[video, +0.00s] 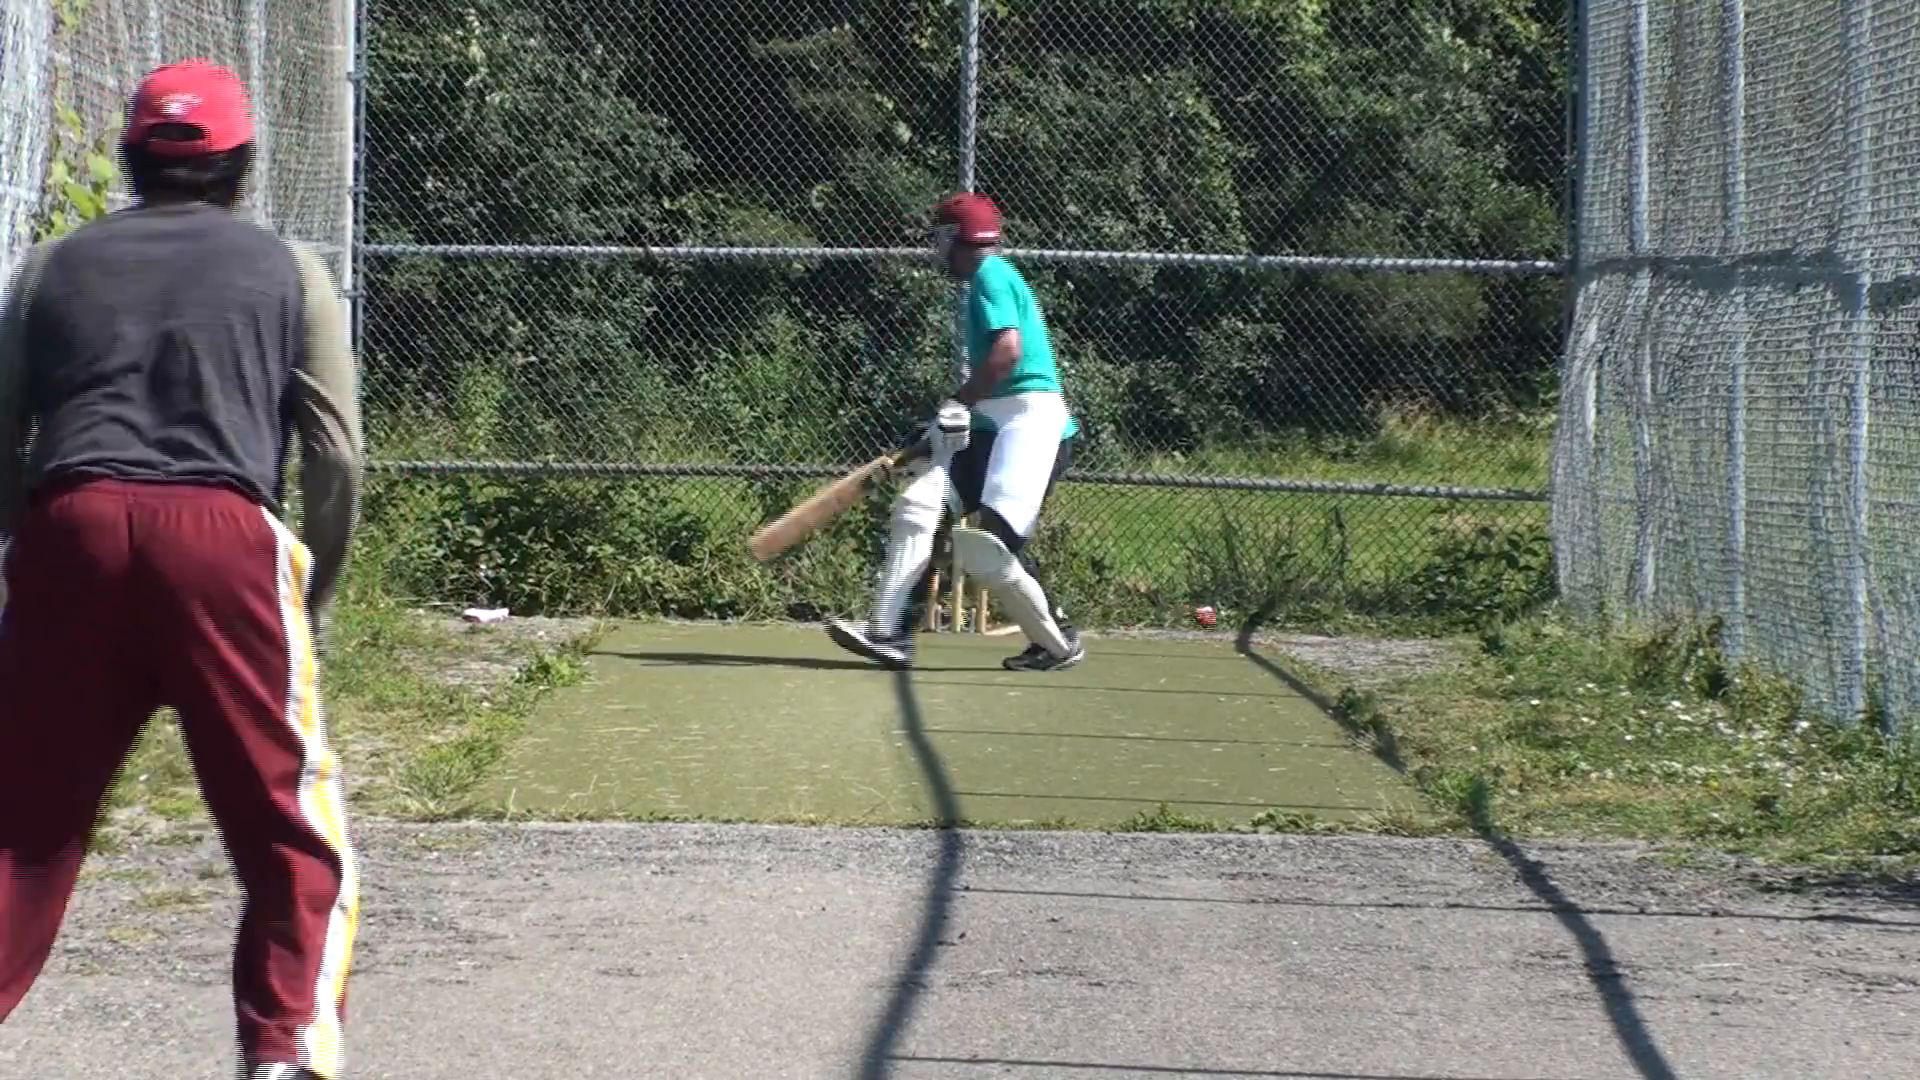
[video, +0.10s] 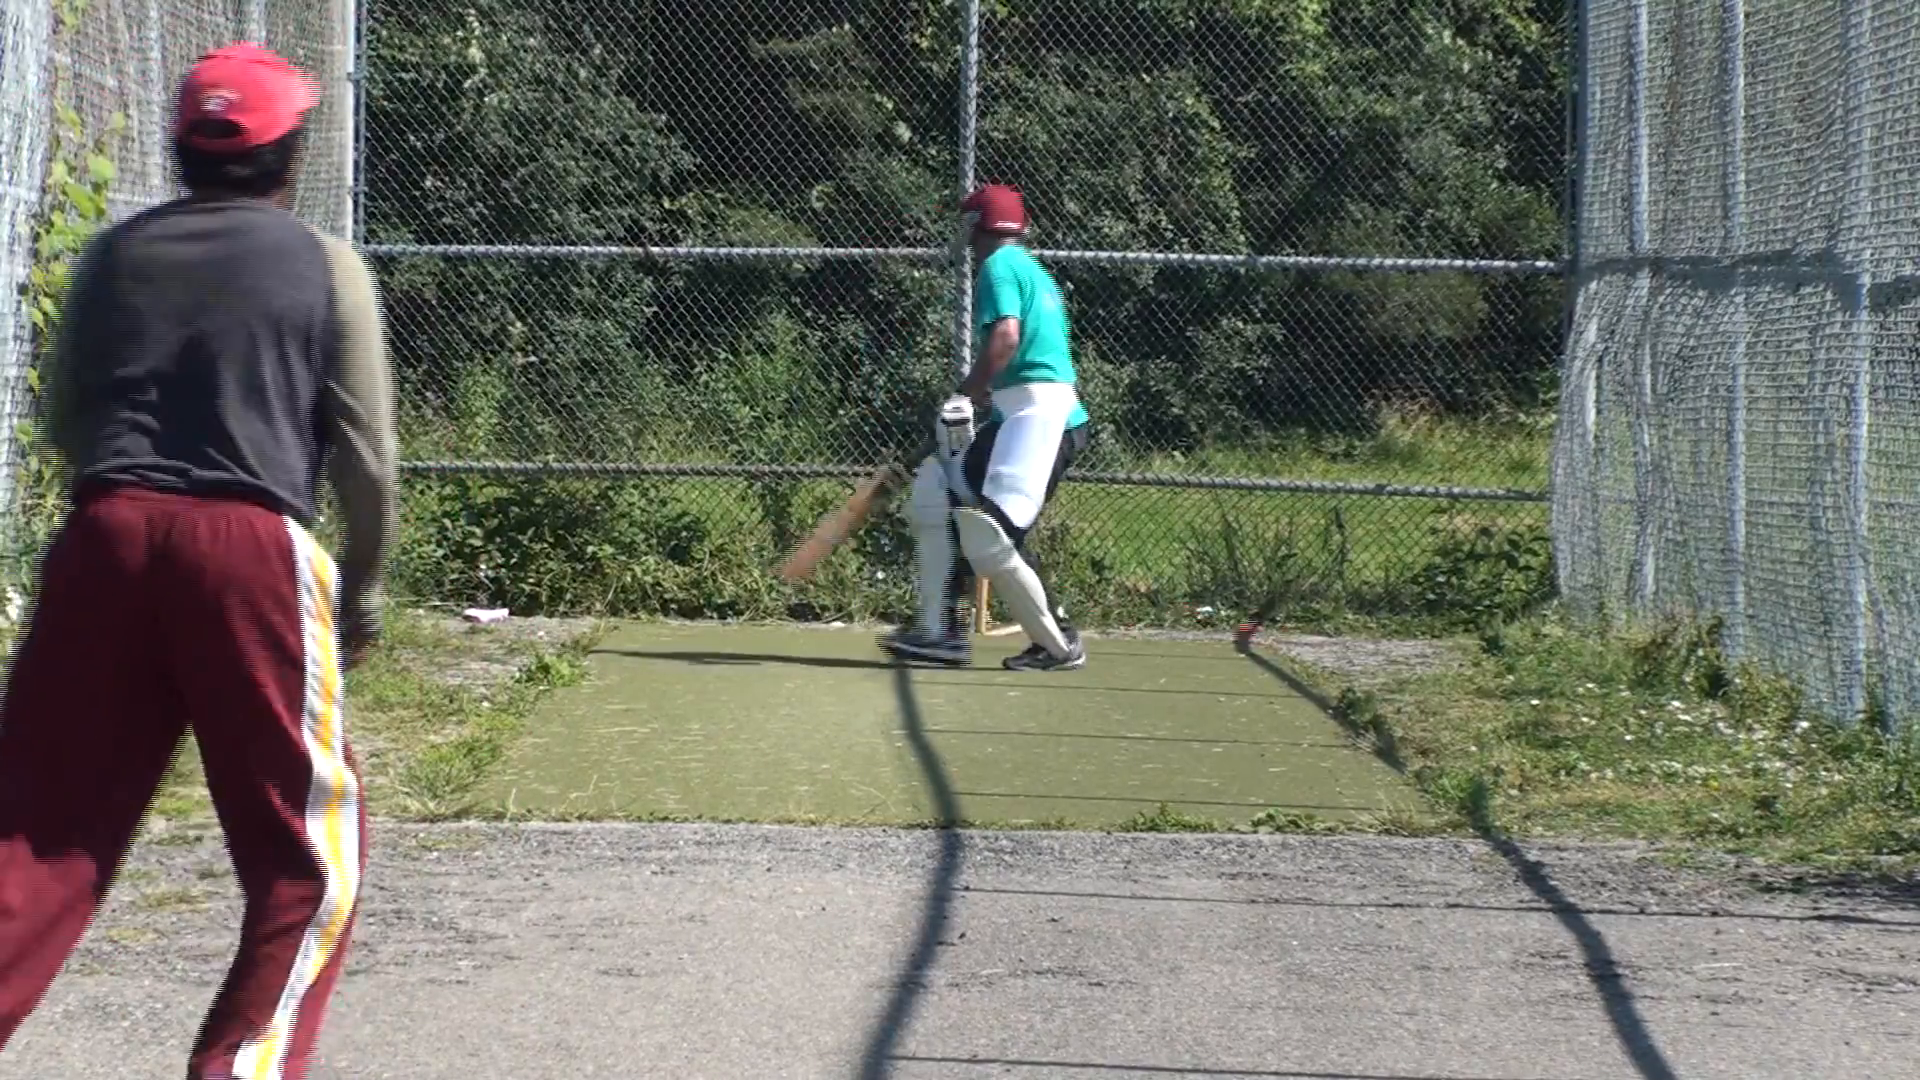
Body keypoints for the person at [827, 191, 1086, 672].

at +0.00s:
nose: (936, 247)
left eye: (942, 237)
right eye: (936, 237)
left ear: (964, 238)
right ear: (977, 239)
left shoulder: (992, 276)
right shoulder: (980, 286)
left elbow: (1007, 350)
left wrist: (962, 402)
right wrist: (944, 431)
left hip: (1028, 417)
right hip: (987, 419)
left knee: (984, 543)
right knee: (915, 509)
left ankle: (1056, 642)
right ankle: (890, 630)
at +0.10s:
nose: (966, 238)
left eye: (970, 228)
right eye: (967, 228)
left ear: (986, 228)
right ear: (1013, 230)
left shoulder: (1000, 265)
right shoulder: (1035, 272)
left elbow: (1007, 336)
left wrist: (969, 392)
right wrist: (985, 402)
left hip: (1036, 415)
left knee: (988, 528)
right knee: (931, 490)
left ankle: (1055, 644)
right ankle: (940, 632)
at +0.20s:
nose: (980, 226)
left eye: (984, 216)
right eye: (981, 216)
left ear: (999, 217)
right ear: (1033, 221)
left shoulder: (1010, 257)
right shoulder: (1056, 267)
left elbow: (1010, 328)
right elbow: (1063, 342)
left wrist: (973, 391)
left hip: (1044, 412)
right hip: (1074, 411)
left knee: (1004, 525)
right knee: (1003, 514)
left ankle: (1055, 641)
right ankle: (1007, 622)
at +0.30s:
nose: (990, 225)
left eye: (995, 215)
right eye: (992, 214)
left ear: (1013, 218)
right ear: (1042, 223)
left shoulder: (1020, 259)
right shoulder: (1065, 266)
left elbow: (1022, 329)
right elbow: (1073, 344)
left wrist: (993, 396)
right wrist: (1005, 400)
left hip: (1058, 410)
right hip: (1090, 408)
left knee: (1001, 521)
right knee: (1015, 518)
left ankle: (1055, 643)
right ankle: (1055, 627)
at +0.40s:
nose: (996, 234)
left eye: (1004, 223)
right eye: (996, 223)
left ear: (1029, 226)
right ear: (1042, 229)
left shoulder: (1036, 269)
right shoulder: (1064, 270)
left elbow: (1050, 343)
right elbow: (1089, 350)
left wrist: (1017, 391)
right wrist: (1031, 398)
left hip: (1072, 409)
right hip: (1094, 407)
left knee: (1007, 518)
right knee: (1039, 517)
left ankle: (1055, 643)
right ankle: (1077, 628)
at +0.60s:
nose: (1046, 218)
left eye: (1054, 207)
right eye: (1033, 213)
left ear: (1073, 208)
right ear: (1021, 223)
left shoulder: (1088, 260)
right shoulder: (1048, 273)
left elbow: (1114, 337)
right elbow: (1070, 349)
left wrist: (1074, 399)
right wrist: (1060, 419)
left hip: (1115, 394)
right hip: (1082, 397)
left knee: (1070, 505)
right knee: (1039, 517)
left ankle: (1077, 635)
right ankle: (1066, 626)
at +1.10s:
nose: (1151, 215)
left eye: (1161, 205)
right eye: (1140, 207)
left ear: (1178, 210)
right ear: (1123, 213)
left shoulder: (1197, 268)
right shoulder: (1103, 267)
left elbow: (1215, 344)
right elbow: (1085, 336)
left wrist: (1197, 414)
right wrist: (1055, 398)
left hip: (1177, 400)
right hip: (1118, 399)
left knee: (1169, 517)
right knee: (1078, 506)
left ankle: (1178, 639)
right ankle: (1082, 634)